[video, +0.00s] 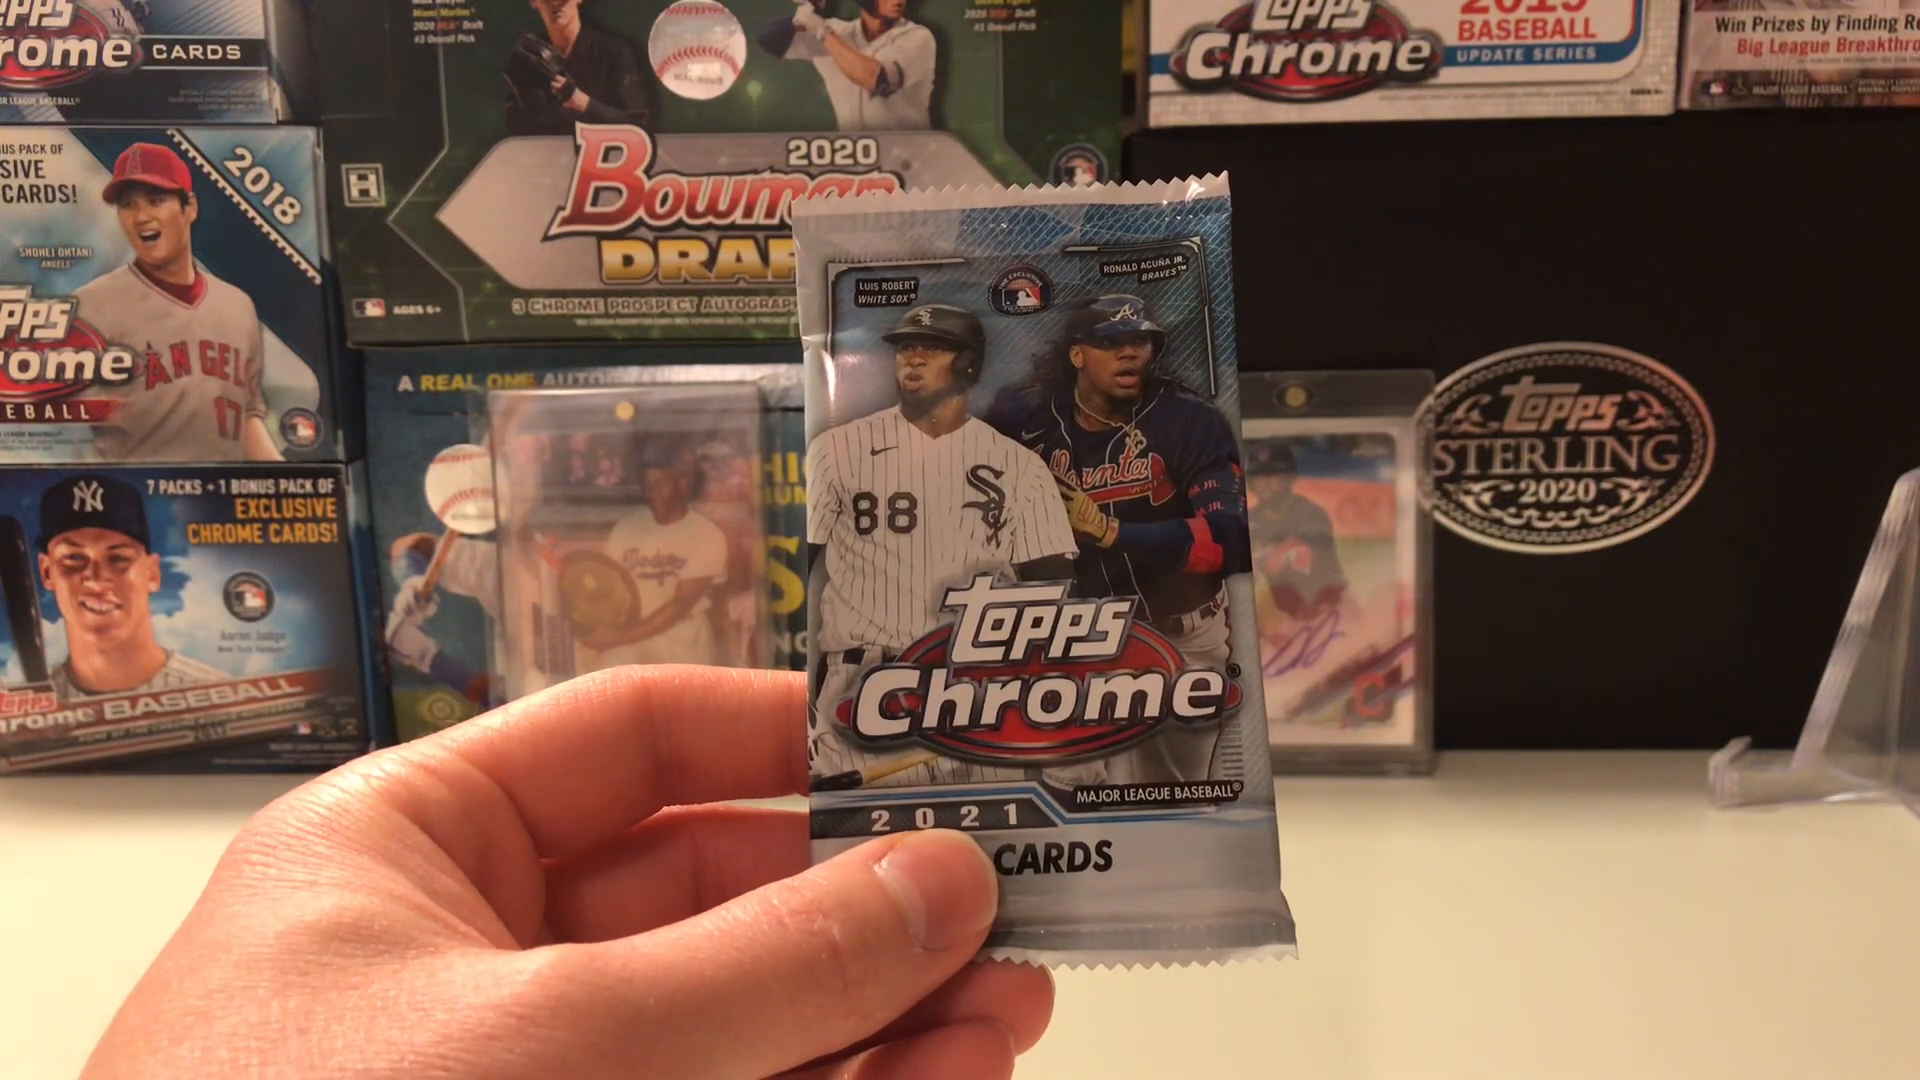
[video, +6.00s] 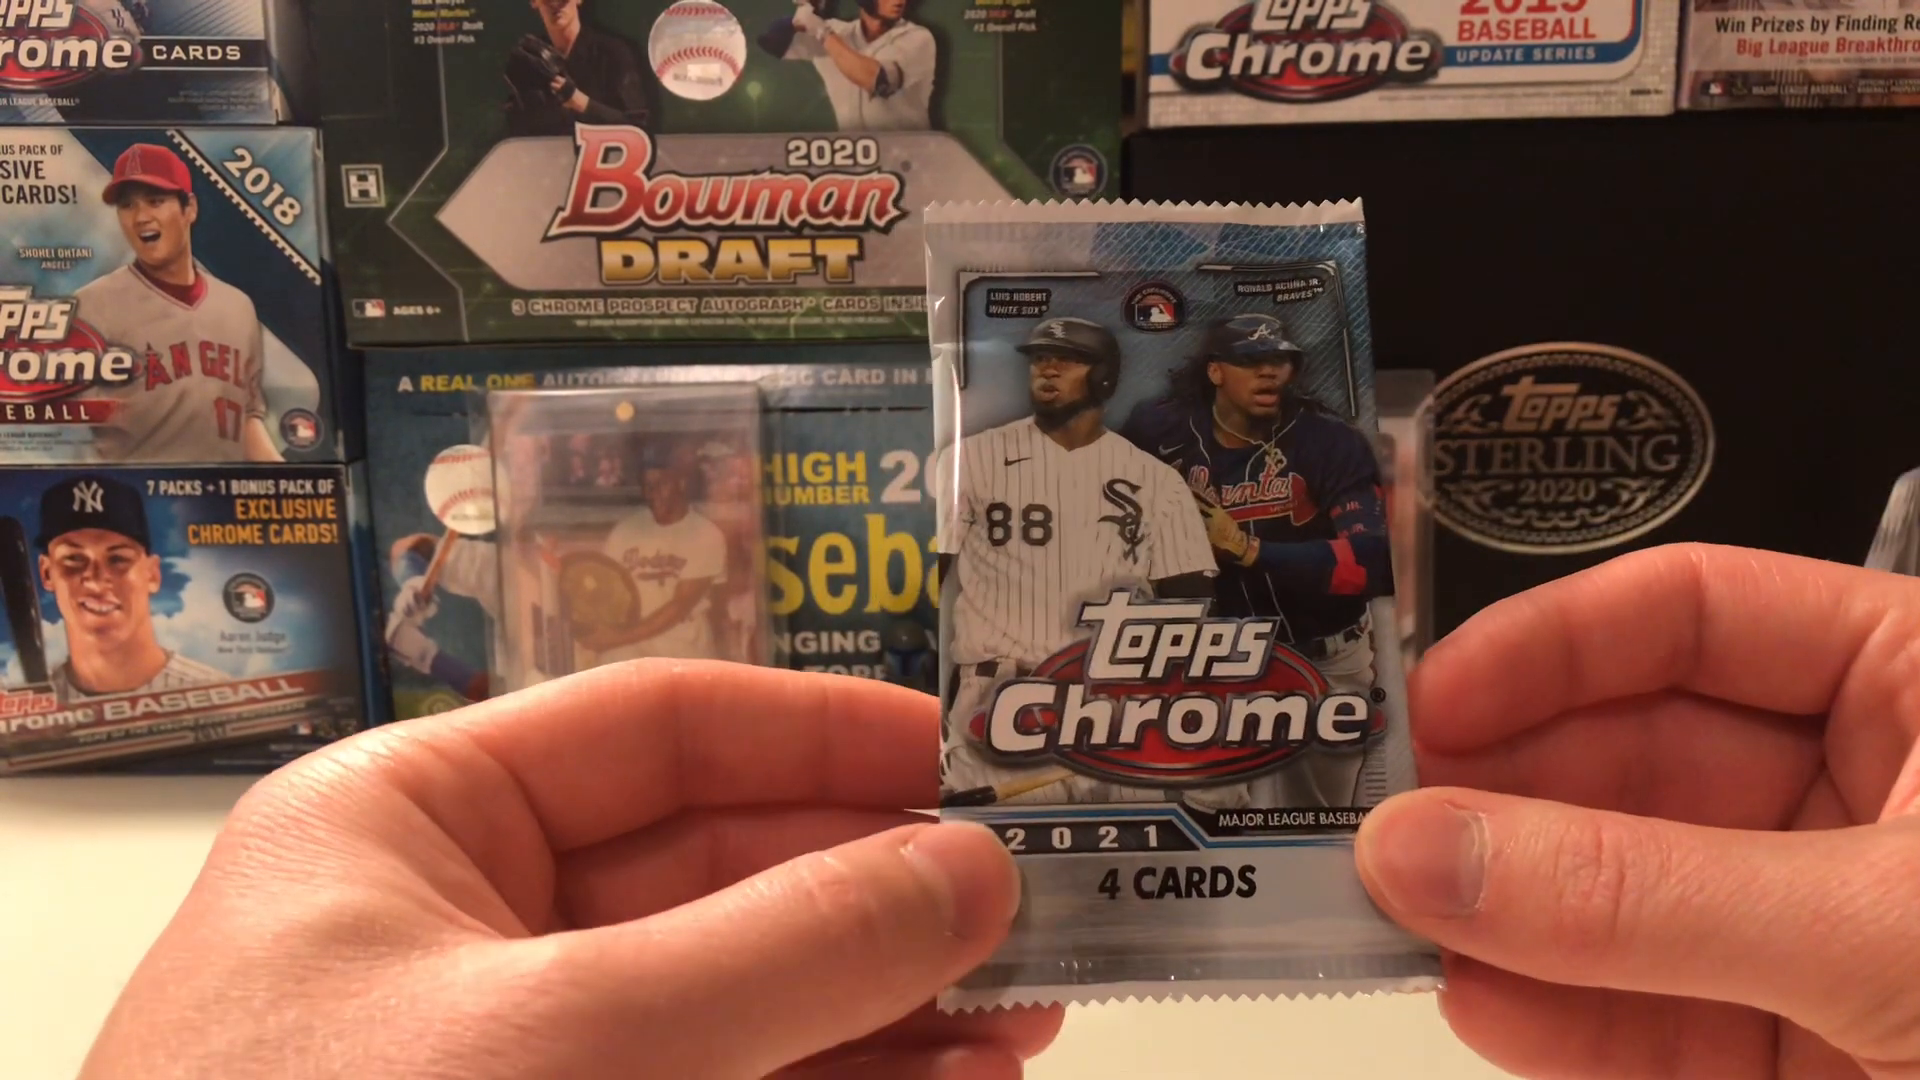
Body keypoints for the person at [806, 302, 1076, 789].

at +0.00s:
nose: (912, 359)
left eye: (930, 348)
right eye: (905, 347)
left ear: (966, 363)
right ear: (894, 358)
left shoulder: (1019, 468)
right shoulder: (834, 453)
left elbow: (1050, 590)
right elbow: (807, 576)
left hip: (973, 696)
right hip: (855, 694)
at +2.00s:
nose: (907, 367)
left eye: (925, 356)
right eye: (900, 355)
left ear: (960, 370)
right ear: (890, 365)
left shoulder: (1012, 470)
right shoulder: (832, 456)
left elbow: (1043, 592)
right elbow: (793, 574)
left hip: (972, 696)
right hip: (853, 694)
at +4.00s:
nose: (932, 369)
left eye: (950, 358)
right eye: (925, 357)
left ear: (985, 373)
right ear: (915, 367)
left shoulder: (1037, 475)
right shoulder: (856, 459)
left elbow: (1066, 597)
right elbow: (827, 575)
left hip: (992, 699)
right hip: (873, 697)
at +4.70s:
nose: (971, 376)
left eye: (989, 365)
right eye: (964, 365)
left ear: (1025, 381)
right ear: (954, 375)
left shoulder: (1080, 484)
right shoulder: (897, 468)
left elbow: (1113, 608)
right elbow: (857, 591)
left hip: (1038, 717)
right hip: (917, 715)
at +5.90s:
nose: (1032, 370)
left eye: (1051, 360)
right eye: (1025, 359)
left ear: (1087, 377)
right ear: (1014, 369)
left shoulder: (1145, 483)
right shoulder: (957, 464)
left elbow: (1178, 611)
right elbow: (910, 593)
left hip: (1100, 716)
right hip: (979, 714)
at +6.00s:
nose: (1047, 371)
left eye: (1065, 360)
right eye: (1040, 359)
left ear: (1102, 377)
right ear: (1028, 369)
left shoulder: (1157, 484)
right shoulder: (967, 464)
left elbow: (1186, 611)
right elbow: (940, 590)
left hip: (1111, 715)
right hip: (991, 712)